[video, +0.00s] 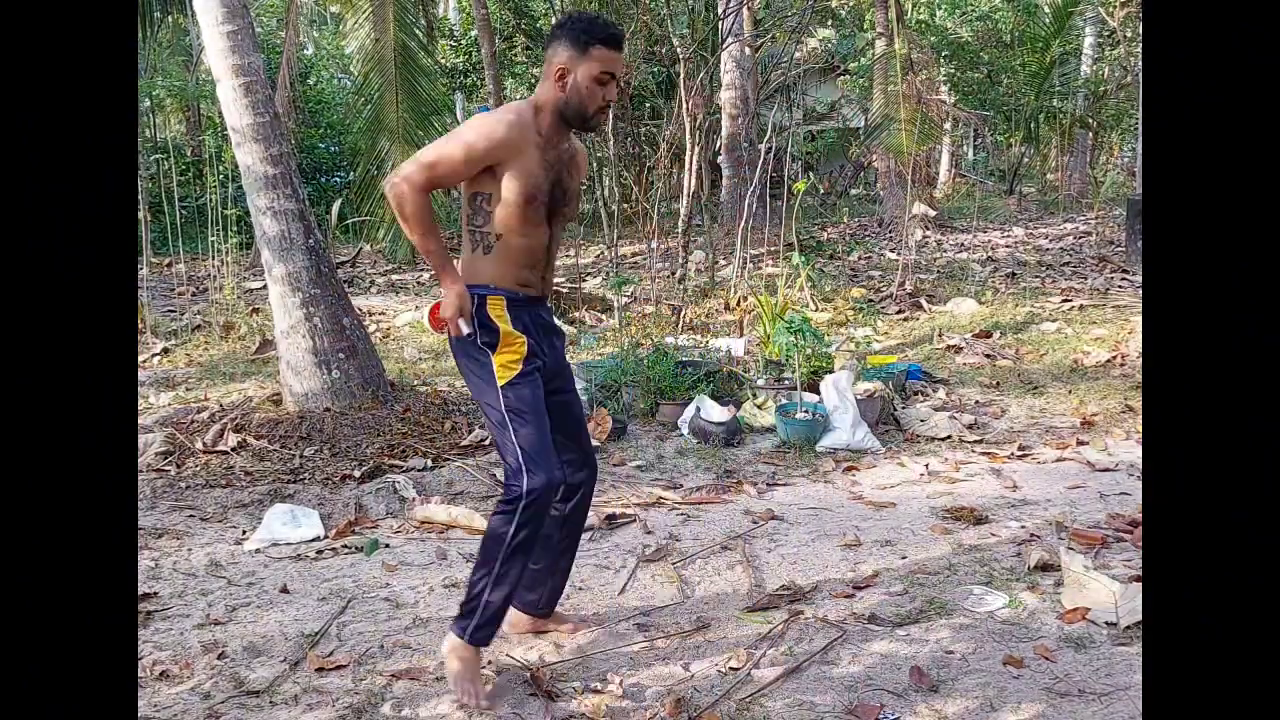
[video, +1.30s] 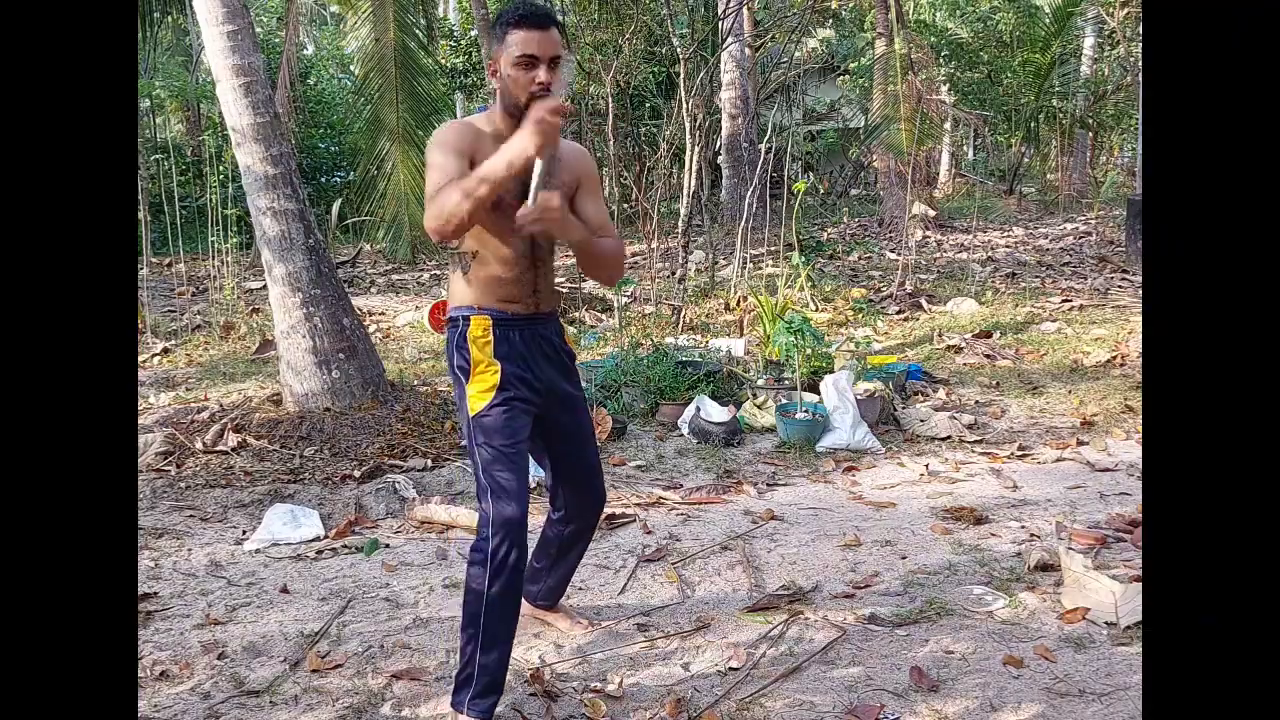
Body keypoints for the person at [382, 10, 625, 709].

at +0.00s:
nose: (612, 96)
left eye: (617, 83)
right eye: (603, 79)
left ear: (591, 80)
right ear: (559, 71)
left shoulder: (574, 156)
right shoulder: (508, 127)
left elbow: (534, 239)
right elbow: (406, 184)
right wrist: (448, 278)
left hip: (535, 319)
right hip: (490, 317)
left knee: (575, 472)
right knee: (536, 477)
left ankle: (533, 609)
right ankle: (466, 644)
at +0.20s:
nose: (556, 82)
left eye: (564, 69)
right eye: (544, 66)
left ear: (568, 70)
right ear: (505, 60)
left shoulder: (558, 138)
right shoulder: (456, 131)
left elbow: (584, 190)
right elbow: (383, 215)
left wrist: (593, 268)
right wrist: (457, 274)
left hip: (522, 317)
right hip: (463, 318)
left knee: (553, 470)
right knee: (438, 481)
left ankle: (528, 611)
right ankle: (358, 617)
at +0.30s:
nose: (527, 87)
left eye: (537, 72)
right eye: (514, 71)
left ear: (543, 70)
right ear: (479, 61)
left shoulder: (524, 130)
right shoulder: (440, 133)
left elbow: (576, 171)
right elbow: (414, 244)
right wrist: (514, 262)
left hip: (502, 318)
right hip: (444, 320)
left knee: (544, 466)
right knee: (409, 480)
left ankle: (529, 610)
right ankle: (352, 624)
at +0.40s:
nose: (506, 92)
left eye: (516, 79)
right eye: (493, 75)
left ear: (523, 78)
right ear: (459, 65)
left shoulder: (503, 135)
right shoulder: (430, 139)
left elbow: (573, 175)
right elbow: (455, 251)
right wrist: (521, 243)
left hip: (484, 319)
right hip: (429, 322)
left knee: (542, 464)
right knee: (401, 487)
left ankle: (530, 602)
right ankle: (349, 627)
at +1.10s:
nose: (558, 78)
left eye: (570, 66)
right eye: (543, 63)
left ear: (578, 72)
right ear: (512, 63)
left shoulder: (560, 135)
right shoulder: (498, 131)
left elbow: (642, 178)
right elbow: (556, 240)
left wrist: (595, 95)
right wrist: (601, 229)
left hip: (539, 325)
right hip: (484, 324)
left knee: (571, 480)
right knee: (476, 503)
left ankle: (535, 599)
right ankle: (442, 686)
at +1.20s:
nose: (549, 82)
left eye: (561, 68)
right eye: (533, 67)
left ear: (572, 72)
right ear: (502, 69)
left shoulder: (565, 152)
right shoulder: (482, 131)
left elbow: (627, 230)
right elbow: (519, 213)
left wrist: (603, 139)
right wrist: (622, 240)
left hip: (541, 333)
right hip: (485, 333)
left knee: (576, 488)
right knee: (493, 516)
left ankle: (535, 597)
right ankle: (467, 700)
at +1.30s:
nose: (542, 78)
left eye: (553, 65)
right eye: (527, 64)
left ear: (564, 70)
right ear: (494, 67)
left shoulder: (573, 158)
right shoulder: (459, 137)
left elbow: (612, 267)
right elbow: (440, 224)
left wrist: (569, 225)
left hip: (545, 337)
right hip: (486, 337)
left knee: (583, 495)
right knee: (507, 519)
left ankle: (540, 594)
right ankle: (473, 702)